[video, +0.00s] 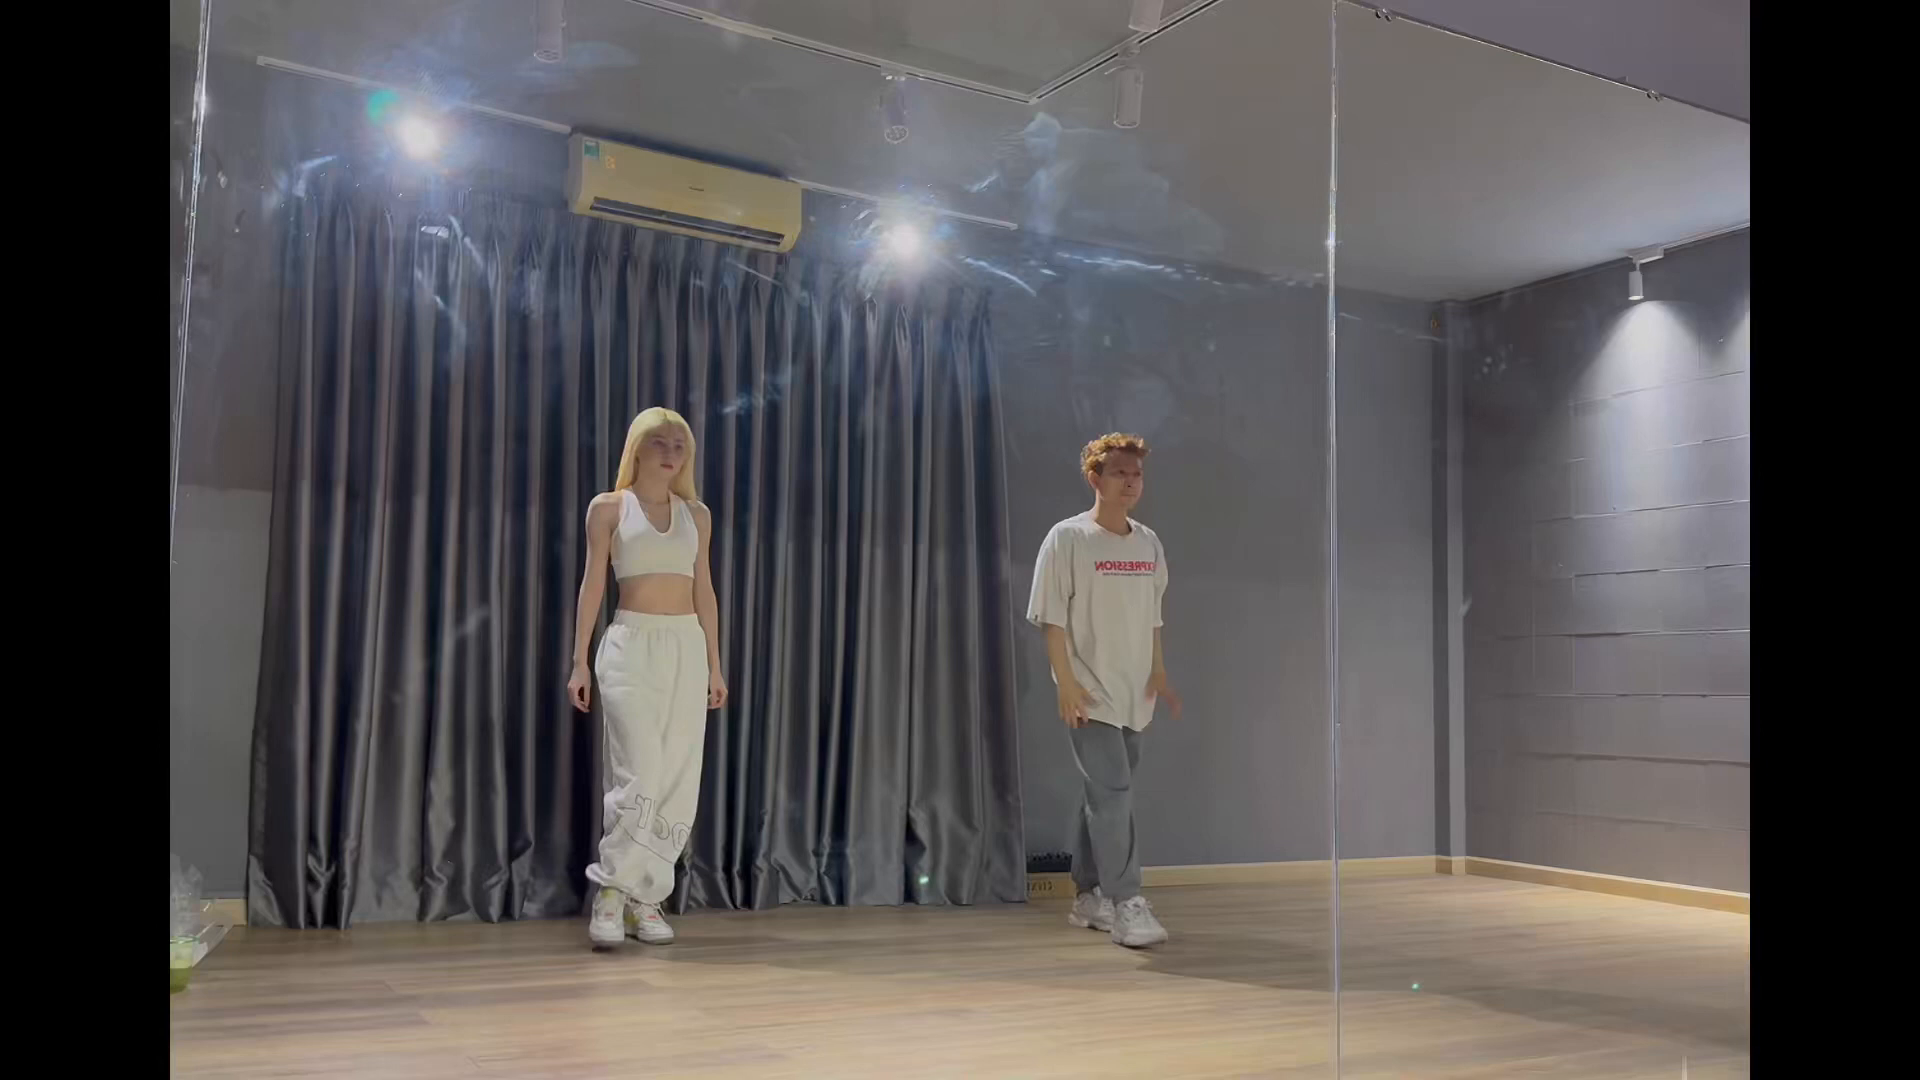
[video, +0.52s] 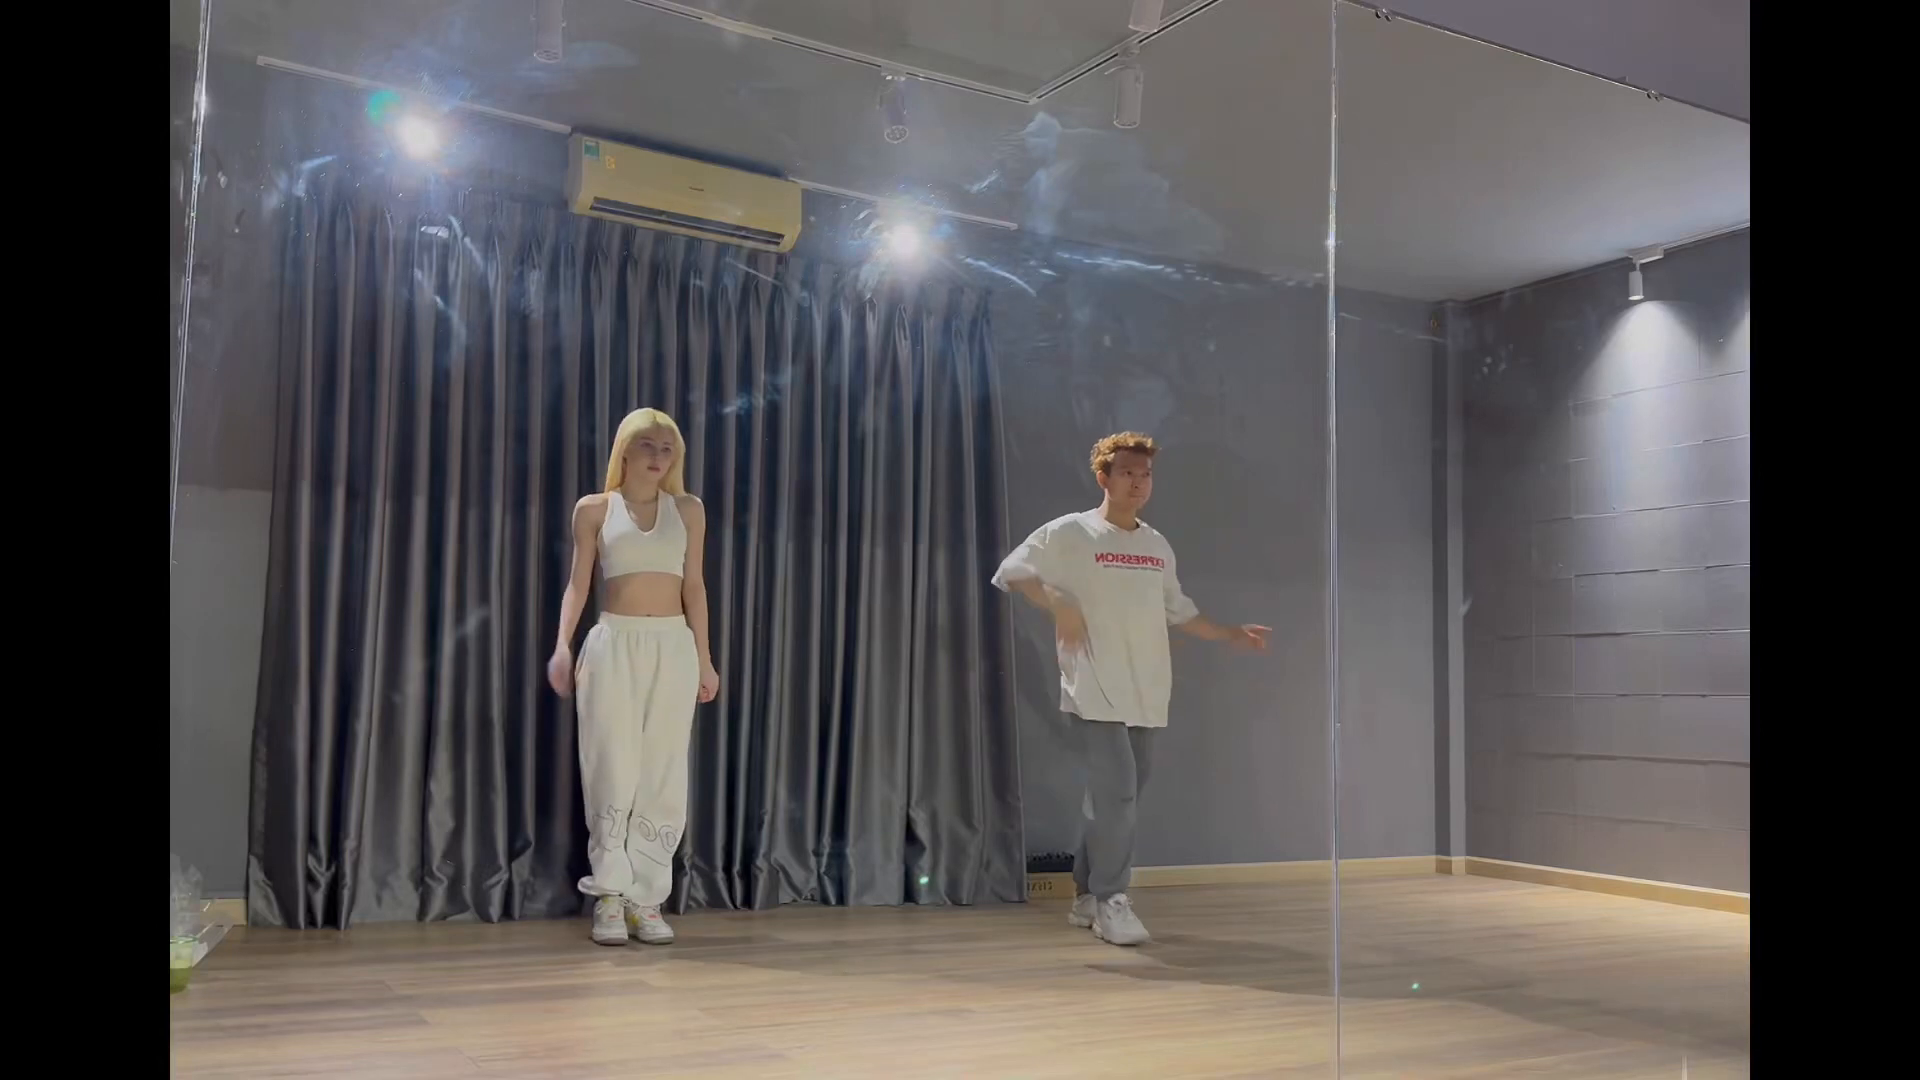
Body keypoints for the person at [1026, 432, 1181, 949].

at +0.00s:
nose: (1130, 481)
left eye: (1137, 473)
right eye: (1119, 472)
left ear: (1144, 481)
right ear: (1094, 477)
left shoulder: (1148, 542)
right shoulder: (1066, 538)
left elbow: (1152, 617)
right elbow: (1052, 620)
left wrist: (1158, 671)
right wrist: (1065, 684)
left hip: (1135, 689)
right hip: (1088, 688)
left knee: (1104, 792)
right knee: (1112, 791)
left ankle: (1088, 895)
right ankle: (1128, 902)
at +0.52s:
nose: (1139, 482)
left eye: (1145, 474)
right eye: (1128, 473)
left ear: (1152, 481)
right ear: (1103, 478)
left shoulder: (1157, 547)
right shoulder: (1070, 532)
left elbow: (1177, 611)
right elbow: (1013, 571)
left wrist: (1228, 635)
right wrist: (1059, 606)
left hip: (1145, 692)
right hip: (1092, 689)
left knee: (1121, 794)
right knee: (1117, 790)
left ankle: (1088, 896)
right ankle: (1112, 900)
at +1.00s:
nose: (1186, 509)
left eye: (1183, 500)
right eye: (1177, 500)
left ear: (1152, 507)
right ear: (1148, 505)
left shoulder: (1178, 564)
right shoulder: (1122, 561)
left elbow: (1252, 563)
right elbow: (1188, 611)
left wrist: (1236, 511)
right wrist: (1252, 606)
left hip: (1196, 722)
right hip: (1142, 727)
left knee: (1212, 825)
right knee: (1156, 846)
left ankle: (1189, 934)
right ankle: (1122, 906)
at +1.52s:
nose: (1254, 508)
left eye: (1261, 499)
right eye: (1241, 499)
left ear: (1275, 507)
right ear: (1215, 506)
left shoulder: (1285, 572)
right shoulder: (1205, 551)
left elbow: (1285, 635)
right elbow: (1210, 517)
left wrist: (1291, 587)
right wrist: (1275, 538)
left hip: (1262, 720)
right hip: (1207, 706)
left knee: (1293, 851)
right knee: (1282, 795)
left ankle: (1193, 938)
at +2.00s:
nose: (1318, 423)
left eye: (1326, 414)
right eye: (1306, 413)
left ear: (1337, 425)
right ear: (1277, 423)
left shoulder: (1356, 494)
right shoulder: (1247, 496)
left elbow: (1418, 482)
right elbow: (1257, 568)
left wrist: (1340, 474)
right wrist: (1293, 513)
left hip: (1353, 676)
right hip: (1279, 680)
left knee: (1318, 814)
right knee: (1312, 813)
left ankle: (1267, 934)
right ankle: (1340, 948)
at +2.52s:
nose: (1337, 424)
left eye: (1344, 415)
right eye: (1327, 410)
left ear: (1345, 418)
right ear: (1291, 407)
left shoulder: (1334, 461)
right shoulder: (1276, 478)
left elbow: (1414, 449)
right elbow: (1332, 556)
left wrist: (1367, 451)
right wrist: (1404, 500)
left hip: (1334, 659)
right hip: (1291, 663)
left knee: (1293, 794)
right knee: (1309, 800)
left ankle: (1252, 923)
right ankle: (1332, 943)